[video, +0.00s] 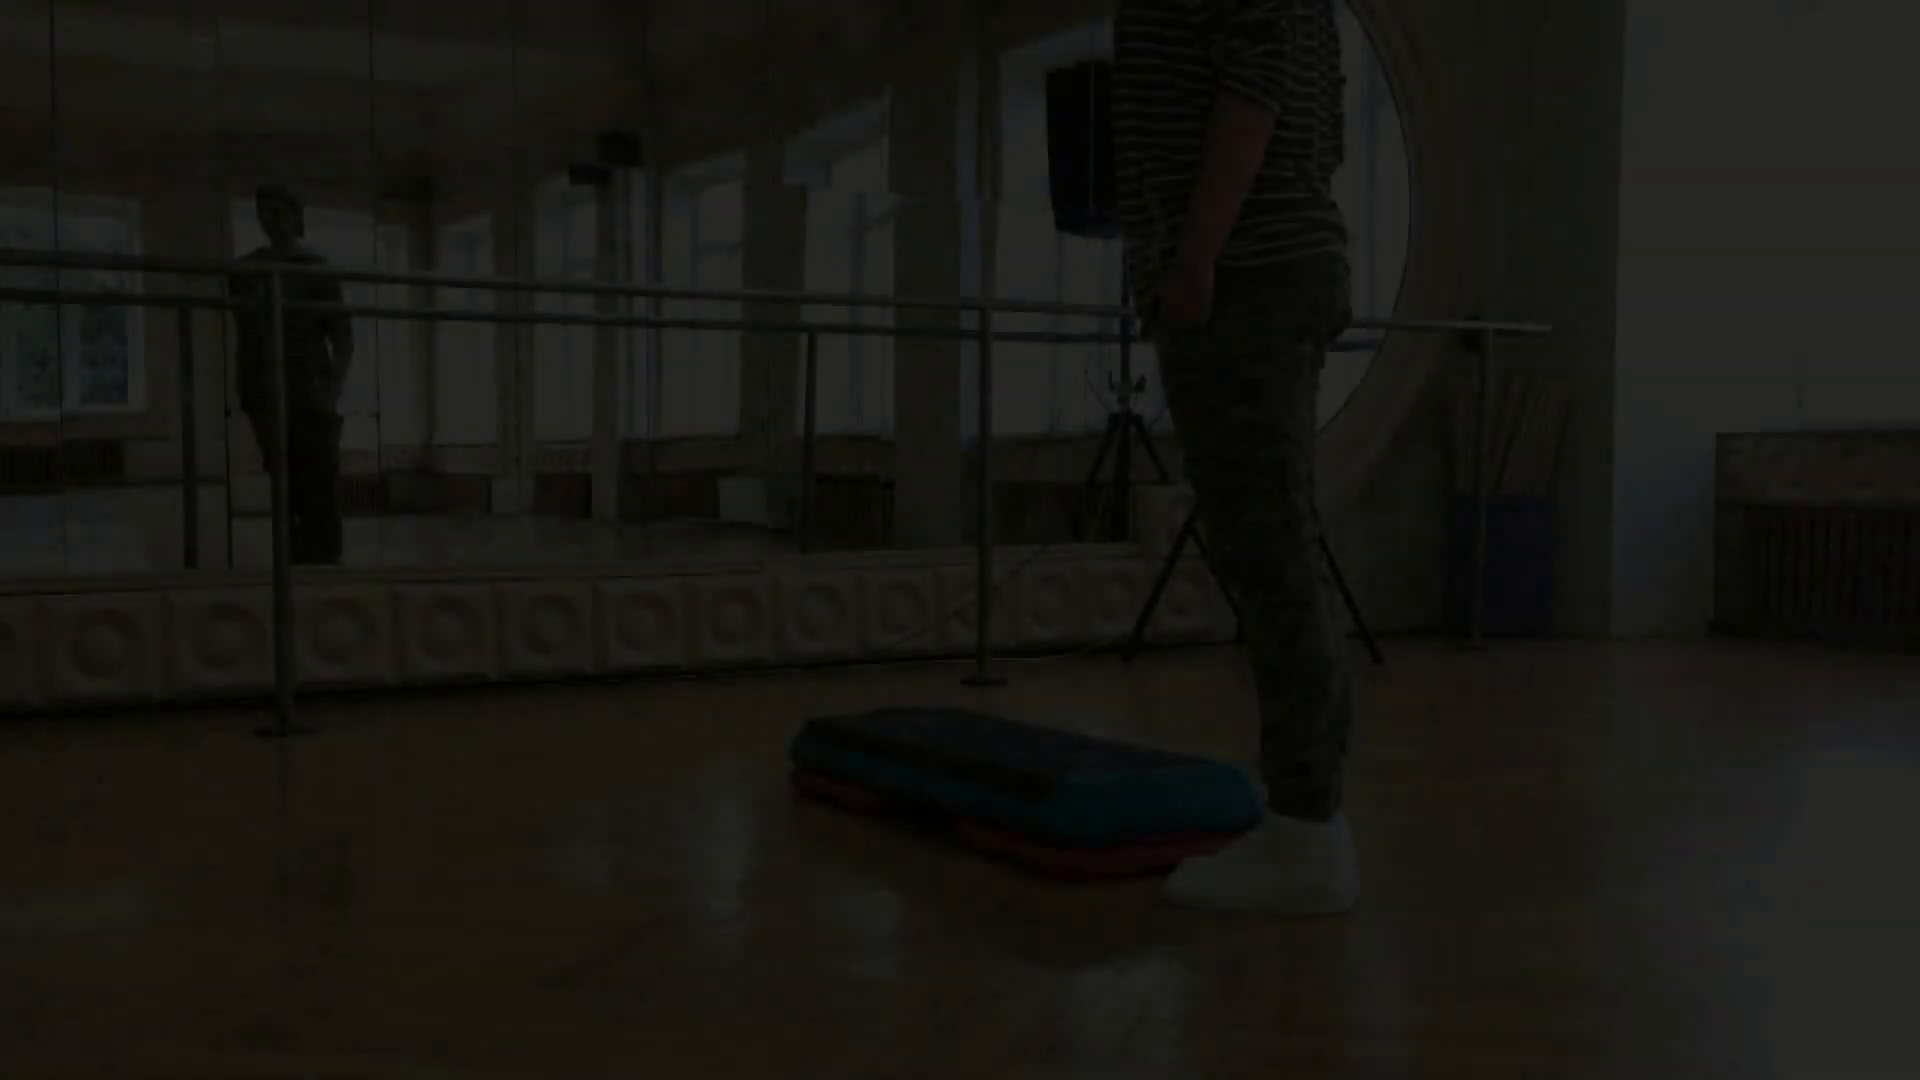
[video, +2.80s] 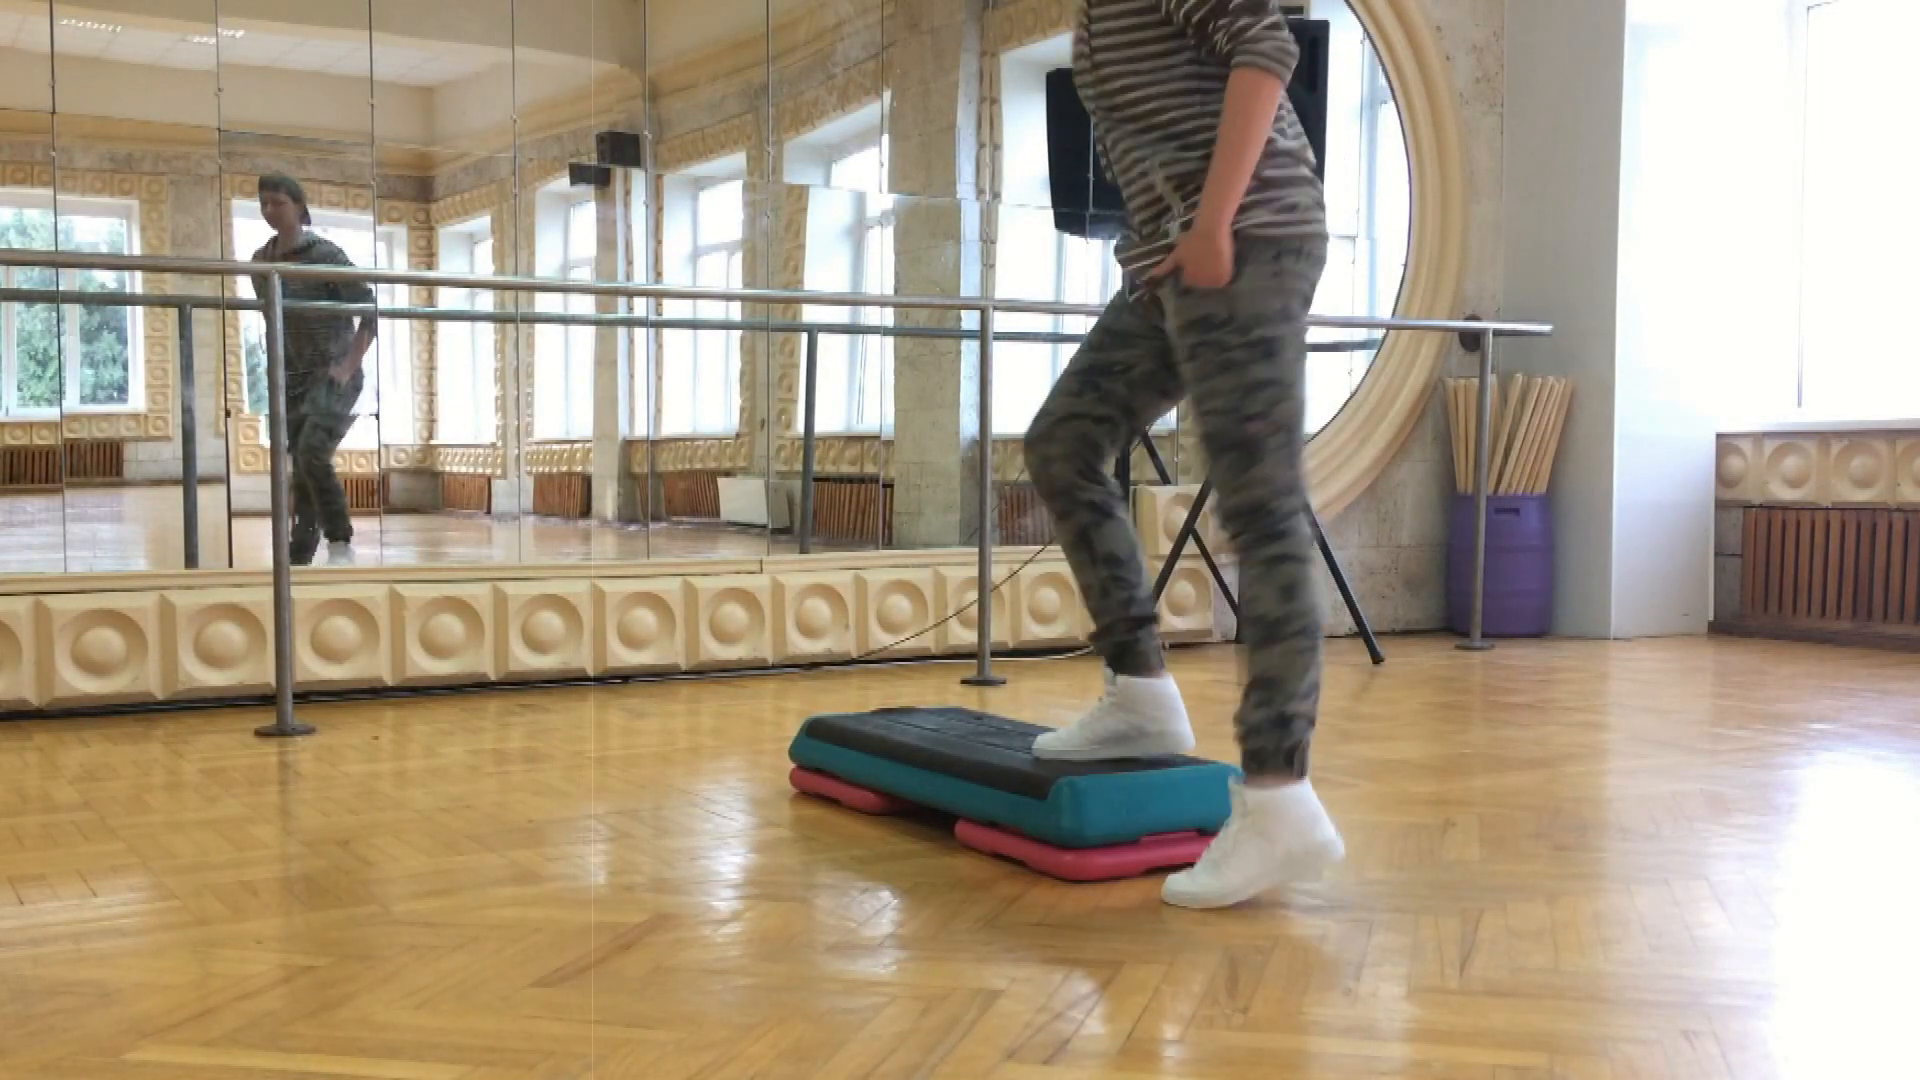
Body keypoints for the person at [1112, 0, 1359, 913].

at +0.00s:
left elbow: (1250, 97)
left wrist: (1195, 257)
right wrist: (1179, 254)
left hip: (1253, 275)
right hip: (1240, 274)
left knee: (1264, 544)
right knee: (1263, 543)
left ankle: (1304, 829)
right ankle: (1302, 819)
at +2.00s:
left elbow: (1267, 76)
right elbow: (1268, 91)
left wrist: (1195, 254)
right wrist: (1186, 253)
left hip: (1246, 275)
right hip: (1256, 270)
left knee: (1260, 547)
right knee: (1271, 543)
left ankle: (1303, 835)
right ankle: (1305, 821)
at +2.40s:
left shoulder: (1233, 0)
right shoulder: (1288, 10)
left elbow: (1244, 93)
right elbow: (1315, 148)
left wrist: (1176, 264)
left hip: (1230, 287)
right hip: (1268, 283)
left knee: (1220, 559)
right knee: (1228, 555)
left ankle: (1303, 838)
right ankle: (1302, 824)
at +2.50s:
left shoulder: (1220, 3)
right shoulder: (1291, 19)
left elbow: (1245, 119)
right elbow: (1317, 163)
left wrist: (1163, 286)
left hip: (1230, 301)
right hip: (1250, 302)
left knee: (1156, 561)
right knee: (1107, 538)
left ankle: (1294, 834)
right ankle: (1288, 736)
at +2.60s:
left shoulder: (1209, 4)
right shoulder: (1282, 18)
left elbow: (1254, 141)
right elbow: (1329, 186)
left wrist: (1165, 298)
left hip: (1225, 320)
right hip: (1254, 322)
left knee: (1140, 573)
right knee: (1046, 486)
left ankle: (1292, 835)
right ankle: (1229, 648)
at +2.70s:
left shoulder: (1188, 2)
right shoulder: (1159, 20)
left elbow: (1258, 103)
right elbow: (1298, 135)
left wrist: (1178, 269)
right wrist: (1168, 260)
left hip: (1235, 279)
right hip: (1195, 285)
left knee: (1179, 557)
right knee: (1040, 439)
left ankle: (1292, 834)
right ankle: (1149, 674)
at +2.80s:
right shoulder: (1097, 22)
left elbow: (1266, 46)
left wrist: (1213, 223)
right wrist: (1153, 241)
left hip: (1249, 236)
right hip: (1167, 258)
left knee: (1260, 501)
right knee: (1064, 448)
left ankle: (1280, 797)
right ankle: (1141, 693)